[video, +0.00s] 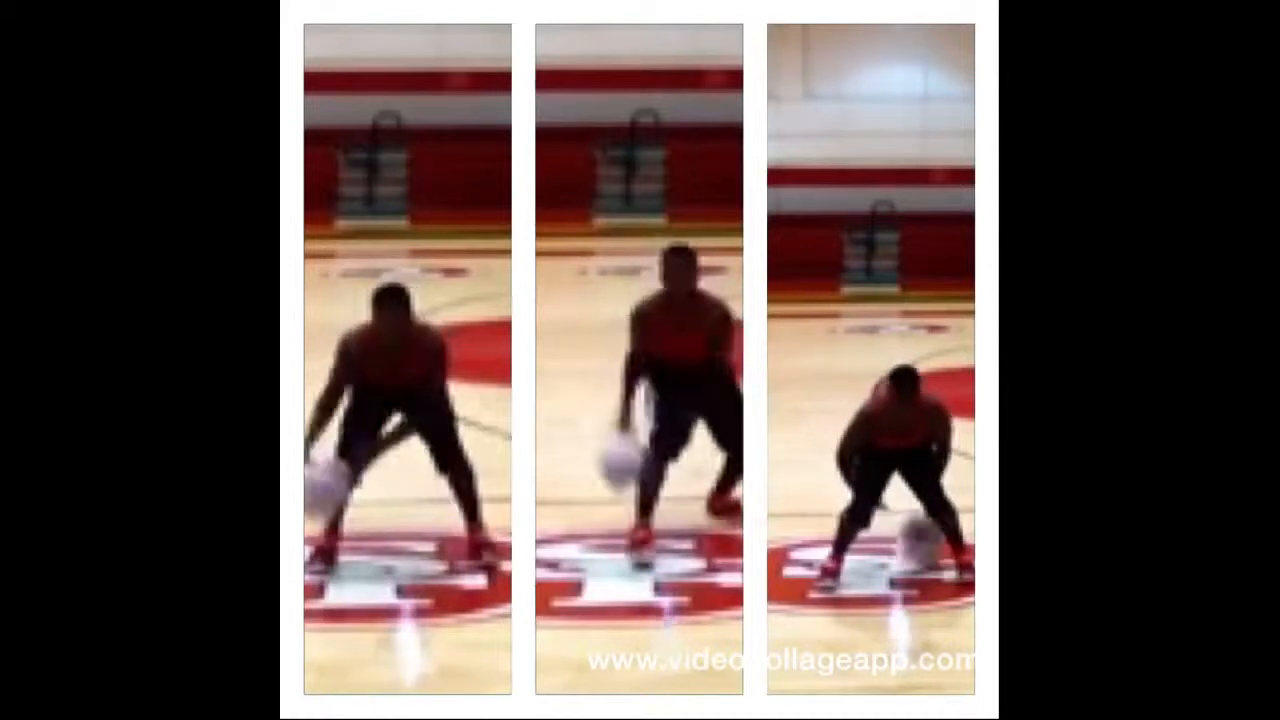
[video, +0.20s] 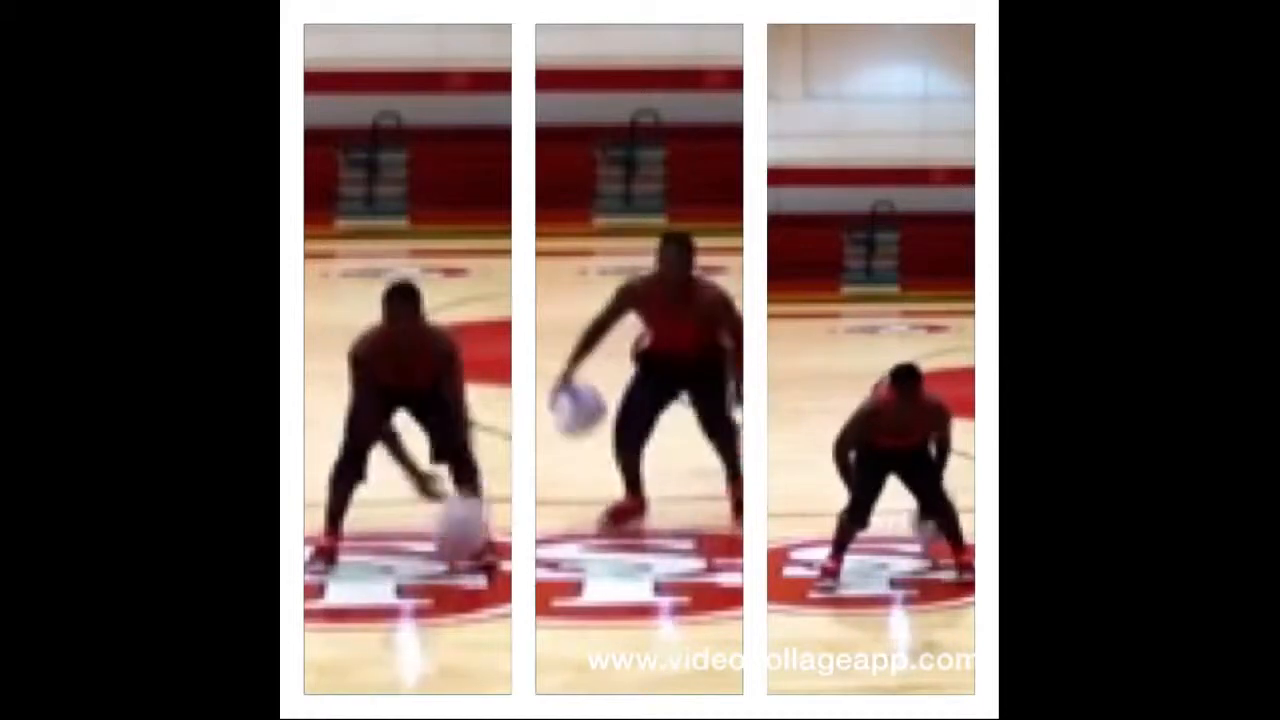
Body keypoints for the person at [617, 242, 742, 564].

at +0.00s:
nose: (678, 281)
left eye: (684, 274)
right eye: (672, 274)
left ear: (695, 274)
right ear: (663, 275)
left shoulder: (715, 313)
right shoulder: (647, 315)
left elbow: (726, 363)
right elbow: (634, 364)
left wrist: (734, 400)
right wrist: (626, 413)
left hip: (711, 383)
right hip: (670, 386)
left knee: (741, 444)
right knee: (664, 445)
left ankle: (720, 497)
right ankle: (643, 521)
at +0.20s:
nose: (671, 269)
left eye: (678, 262)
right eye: (665, 261)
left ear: (690, 263)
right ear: (658, 260)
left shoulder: (712, 298)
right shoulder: (637, 292)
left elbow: (740, 339)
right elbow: (599, 328)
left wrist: (739, 382)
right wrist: (568, 372)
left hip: (704, 367)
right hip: (659, 364)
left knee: (719, 428)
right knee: (627, 431)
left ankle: (736, 486)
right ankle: (634, 498)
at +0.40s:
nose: (677, 284)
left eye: (683, 276)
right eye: (671, 276)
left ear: (694, 277)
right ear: (661, 277)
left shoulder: (711, 316)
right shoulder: (640, 317)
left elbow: (725, 367)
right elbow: (642, 372)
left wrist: (732, 409)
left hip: (692, 384)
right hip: (646, 383)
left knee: (704, 440)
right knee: (607, 445)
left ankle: (734, 510)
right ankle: (632, 499)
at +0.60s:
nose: (685, 269)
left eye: (690, 261)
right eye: (678, 262)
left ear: (700, 261)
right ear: (666, 263)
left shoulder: (717, 284)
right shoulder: (648, 297)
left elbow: (754, 306)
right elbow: (611, 342)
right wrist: (607, 399)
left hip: (695, 356)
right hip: (650, 360)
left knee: (732, 420)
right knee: (634, 424)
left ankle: (729, 495)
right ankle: (623, 492)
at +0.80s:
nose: (676, 285)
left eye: (682, 277)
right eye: (670, 277)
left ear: (692, 278)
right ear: (659, 279)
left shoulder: (713, 316)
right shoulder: (642, 321)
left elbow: (717, 374)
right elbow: (632, 377)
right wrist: (635, 424)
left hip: (704, 383)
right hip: (663, 386)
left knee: (744, 432)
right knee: (660, 445)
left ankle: (718, 484)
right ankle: (646, 516)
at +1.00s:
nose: (663, 271)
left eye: (670, 263)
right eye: (658, 262)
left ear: (683, 264)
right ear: (650, 263)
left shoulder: (705, 299)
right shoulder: (633, 295)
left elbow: (730, 344)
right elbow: (597, 332)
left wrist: (727, 387)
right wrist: (566, 376)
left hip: (703, 362)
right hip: (658, 361)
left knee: (727, 431)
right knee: (638, 432)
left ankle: (727, 471)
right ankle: (634, 508)